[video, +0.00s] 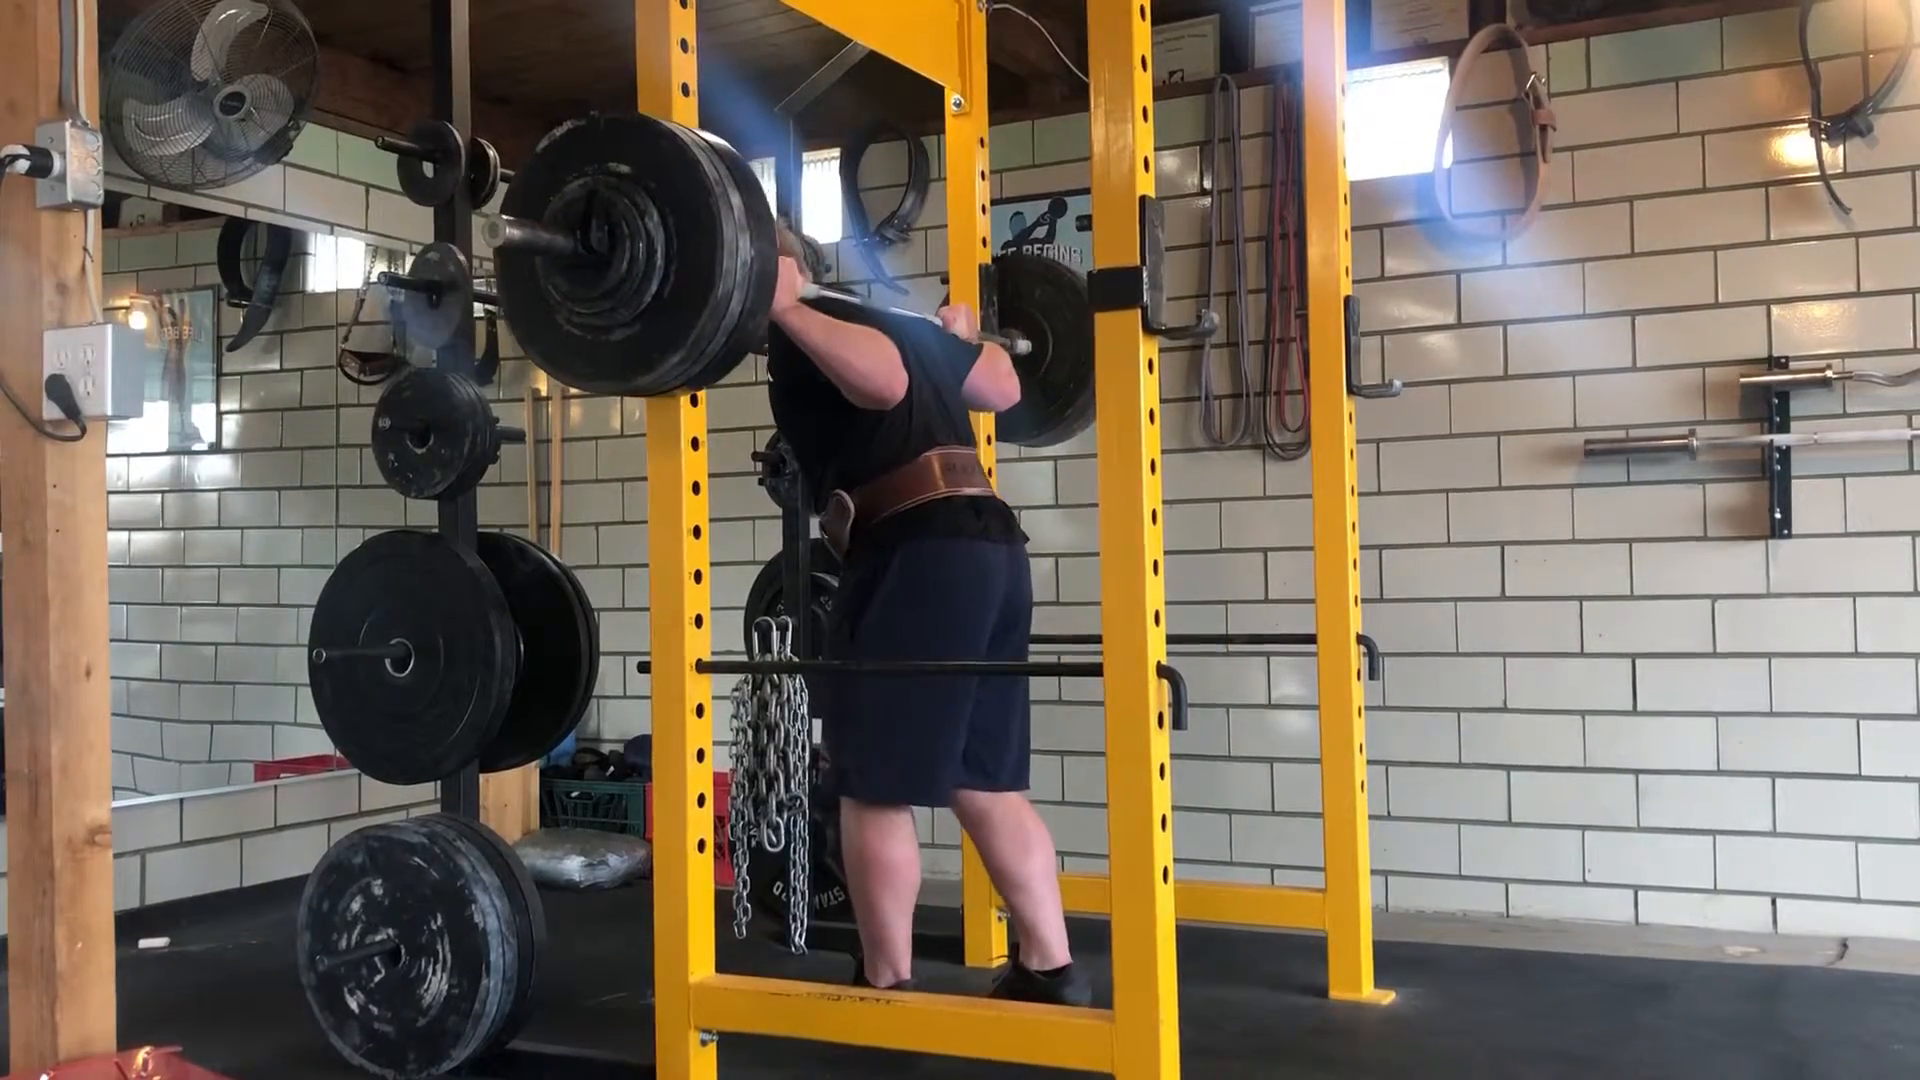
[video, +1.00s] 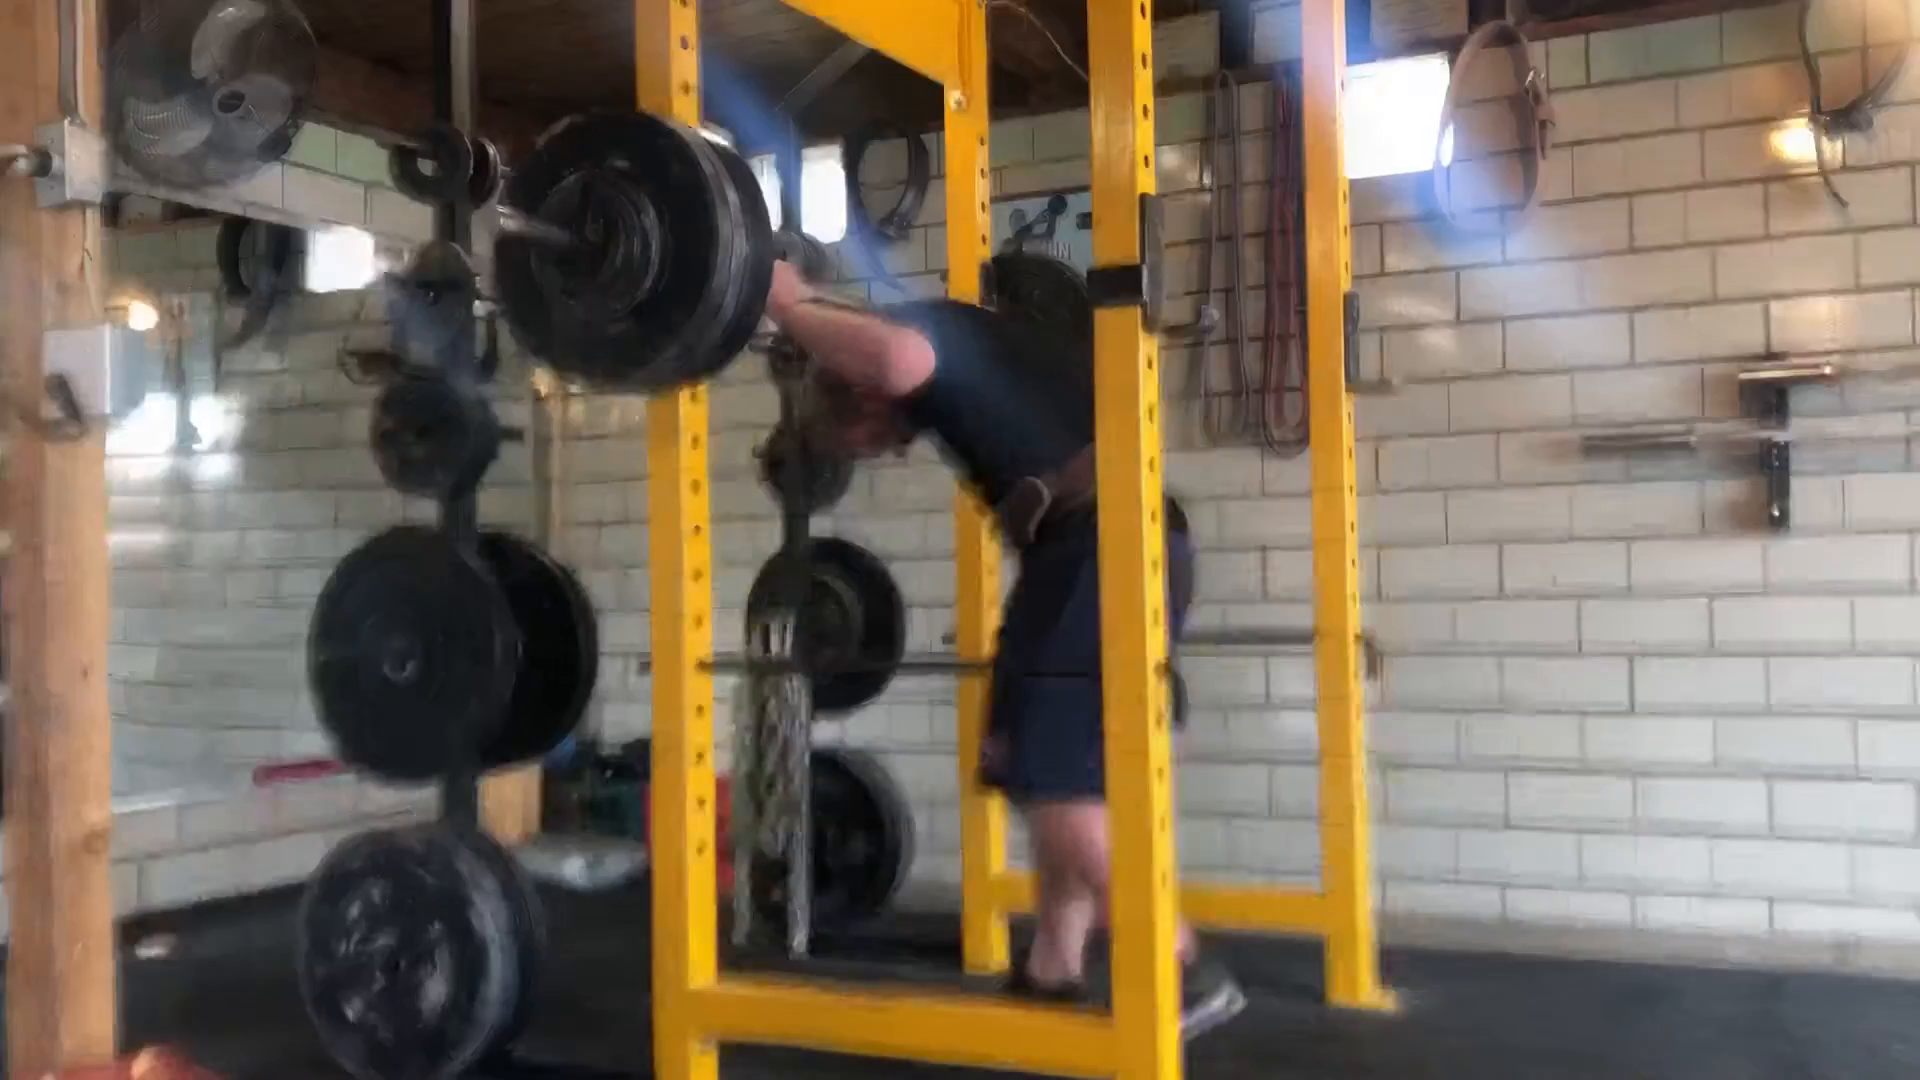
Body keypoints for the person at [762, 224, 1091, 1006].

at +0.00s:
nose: (750, 281)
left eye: (754, 262)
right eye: (750, 265)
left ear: (784, 260)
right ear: (803, 257)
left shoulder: (808, 326)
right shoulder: (888, 319)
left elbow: (886, 381)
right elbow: (1002, 385)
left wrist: (784, 306)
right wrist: (969, 339)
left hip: (924, 552)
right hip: (997, 550)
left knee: (876, 780)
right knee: (985, 777)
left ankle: (886, 985)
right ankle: (1049, 968)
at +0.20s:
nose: (746, 284)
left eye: (752, 269)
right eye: (747, 272)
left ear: (784, 272)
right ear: (814, 270)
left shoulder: (807, 331)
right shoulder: (897, 329)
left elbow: (885, 379)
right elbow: (1004, 387)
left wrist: (783, 310)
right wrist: (965, 337)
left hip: (928, 552)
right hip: (1003, 551)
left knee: (878, 775)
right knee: (989, 777)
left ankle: (885, 987)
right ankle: (1048, 971)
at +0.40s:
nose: (744, 335)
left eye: (748, 312)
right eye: (742, 318)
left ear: (781, 282)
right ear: (816, 276)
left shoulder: (809, 329)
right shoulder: (910, 328)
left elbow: (894, 369)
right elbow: (1017, 371)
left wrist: (786, 314)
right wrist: (967, 332)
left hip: (948, 557)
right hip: (1022, 554)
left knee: (890, 774)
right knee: (994, 778)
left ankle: (885, 984)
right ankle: (1048, 973)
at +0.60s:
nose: (779, 426)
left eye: (766, 409)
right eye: (766, 418)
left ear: (776, 369)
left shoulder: (822, 346)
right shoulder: (934, 331)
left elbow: (906, 358)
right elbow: (1037, 351)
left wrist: (791, 311)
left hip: (993, 549)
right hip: (1065, 541)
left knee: (930, 773)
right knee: (1028, 774)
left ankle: (875, 978)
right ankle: (1048, 975)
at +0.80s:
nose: (840, 459)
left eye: (824, 452)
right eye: (826, 457)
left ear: (817, 406)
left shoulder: (864, 367)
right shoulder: (969, 338)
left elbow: (907, 350)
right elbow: (1072, 348)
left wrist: (786, 309)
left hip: (1041, 544)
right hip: (1101, 534)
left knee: (968, 760)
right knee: (1042, 769)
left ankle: (992, 988)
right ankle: (1055, 978)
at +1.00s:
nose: (879, 451)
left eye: (864, 441)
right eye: (863, 446)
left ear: (859, 396)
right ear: (863, 399)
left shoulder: (936, 331)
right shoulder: (951, 371)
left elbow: (901, 364)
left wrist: (792, 306)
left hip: (1101, 539)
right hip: (1080, 543)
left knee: (1055, 763)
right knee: (1050, 762)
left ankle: (1179, 968)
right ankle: (1054, 973)